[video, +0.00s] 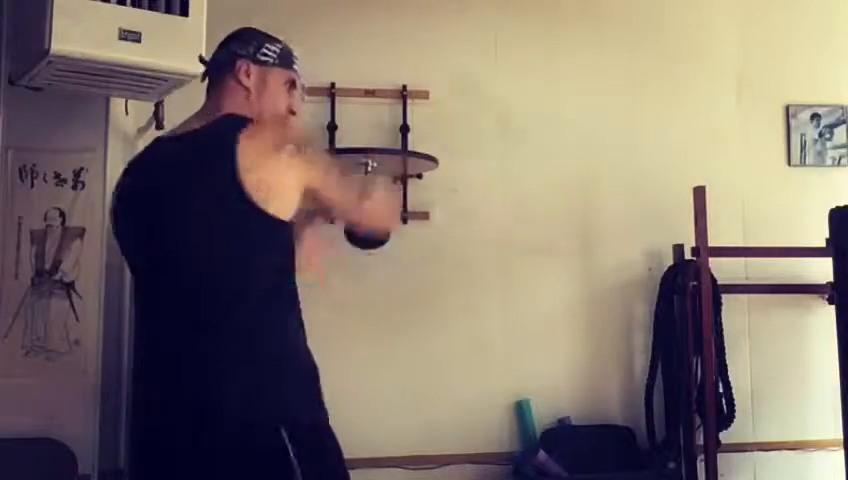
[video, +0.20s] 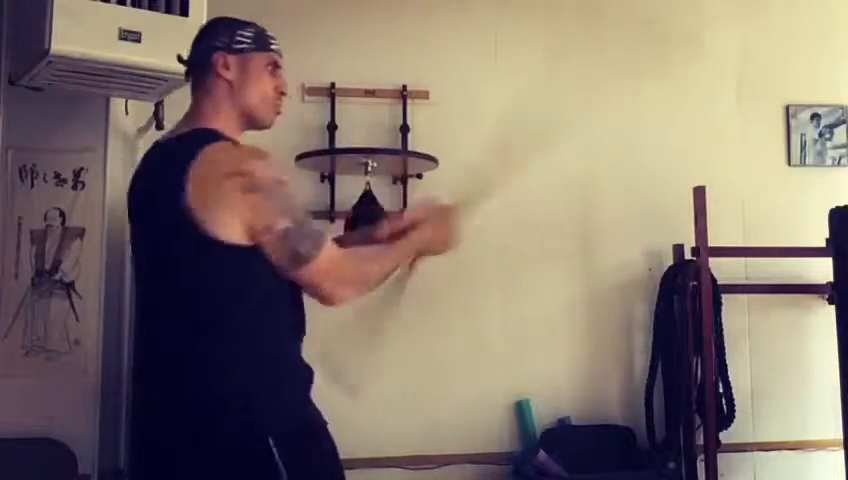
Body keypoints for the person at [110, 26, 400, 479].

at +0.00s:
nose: (295, 106)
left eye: (296, 91)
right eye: (289, 86)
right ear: (245, 74)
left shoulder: (136, 173)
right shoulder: (271, 150)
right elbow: (376, 221)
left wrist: (289, 244)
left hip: (166, 413)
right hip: (264, 413)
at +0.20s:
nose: (283, 87)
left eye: (280, 72)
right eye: (271, 69)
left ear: (225, 69)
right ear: (224, 66)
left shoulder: (160, 162)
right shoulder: (234, 167)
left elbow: (264, 260)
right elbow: (334, 282)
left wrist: (367, 238)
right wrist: (413, 243)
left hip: (175, 418)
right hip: (254, 425)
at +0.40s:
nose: (261, 91)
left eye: (259, 75)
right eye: (249, 71)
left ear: (203, 75)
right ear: (200, 71)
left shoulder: (233, 173)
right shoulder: (172, 181)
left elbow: (288, 219)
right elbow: (294, 282)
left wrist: (361, 211)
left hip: (272, 435)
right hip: (213, 445)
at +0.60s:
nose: (285, 97)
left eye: (284, 83)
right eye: (274, 79)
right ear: (226, 75)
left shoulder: (284, 184)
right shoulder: (158, 178)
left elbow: (329, 289)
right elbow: (110, 317)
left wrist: (241, 285)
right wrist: (203, 335)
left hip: (282, 430)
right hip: (186, 436)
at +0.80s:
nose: (318, 115)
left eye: (318, 101)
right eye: (310, 97)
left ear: (268, 90)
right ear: (265, 87)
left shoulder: (304, 197)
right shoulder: (172, 145)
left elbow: (317, 290)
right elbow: (76, 165)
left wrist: (223, 279)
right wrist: (62, 151)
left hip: (264, 408)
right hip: (174, 404)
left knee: (303, 474)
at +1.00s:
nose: (294, 106)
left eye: (295, 96)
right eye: (285, 90)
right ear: (243, 87)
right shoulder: (214, 137)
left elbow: (285, 304)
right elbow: (384, 140)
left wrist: (313, 243)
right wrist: (403, 260)